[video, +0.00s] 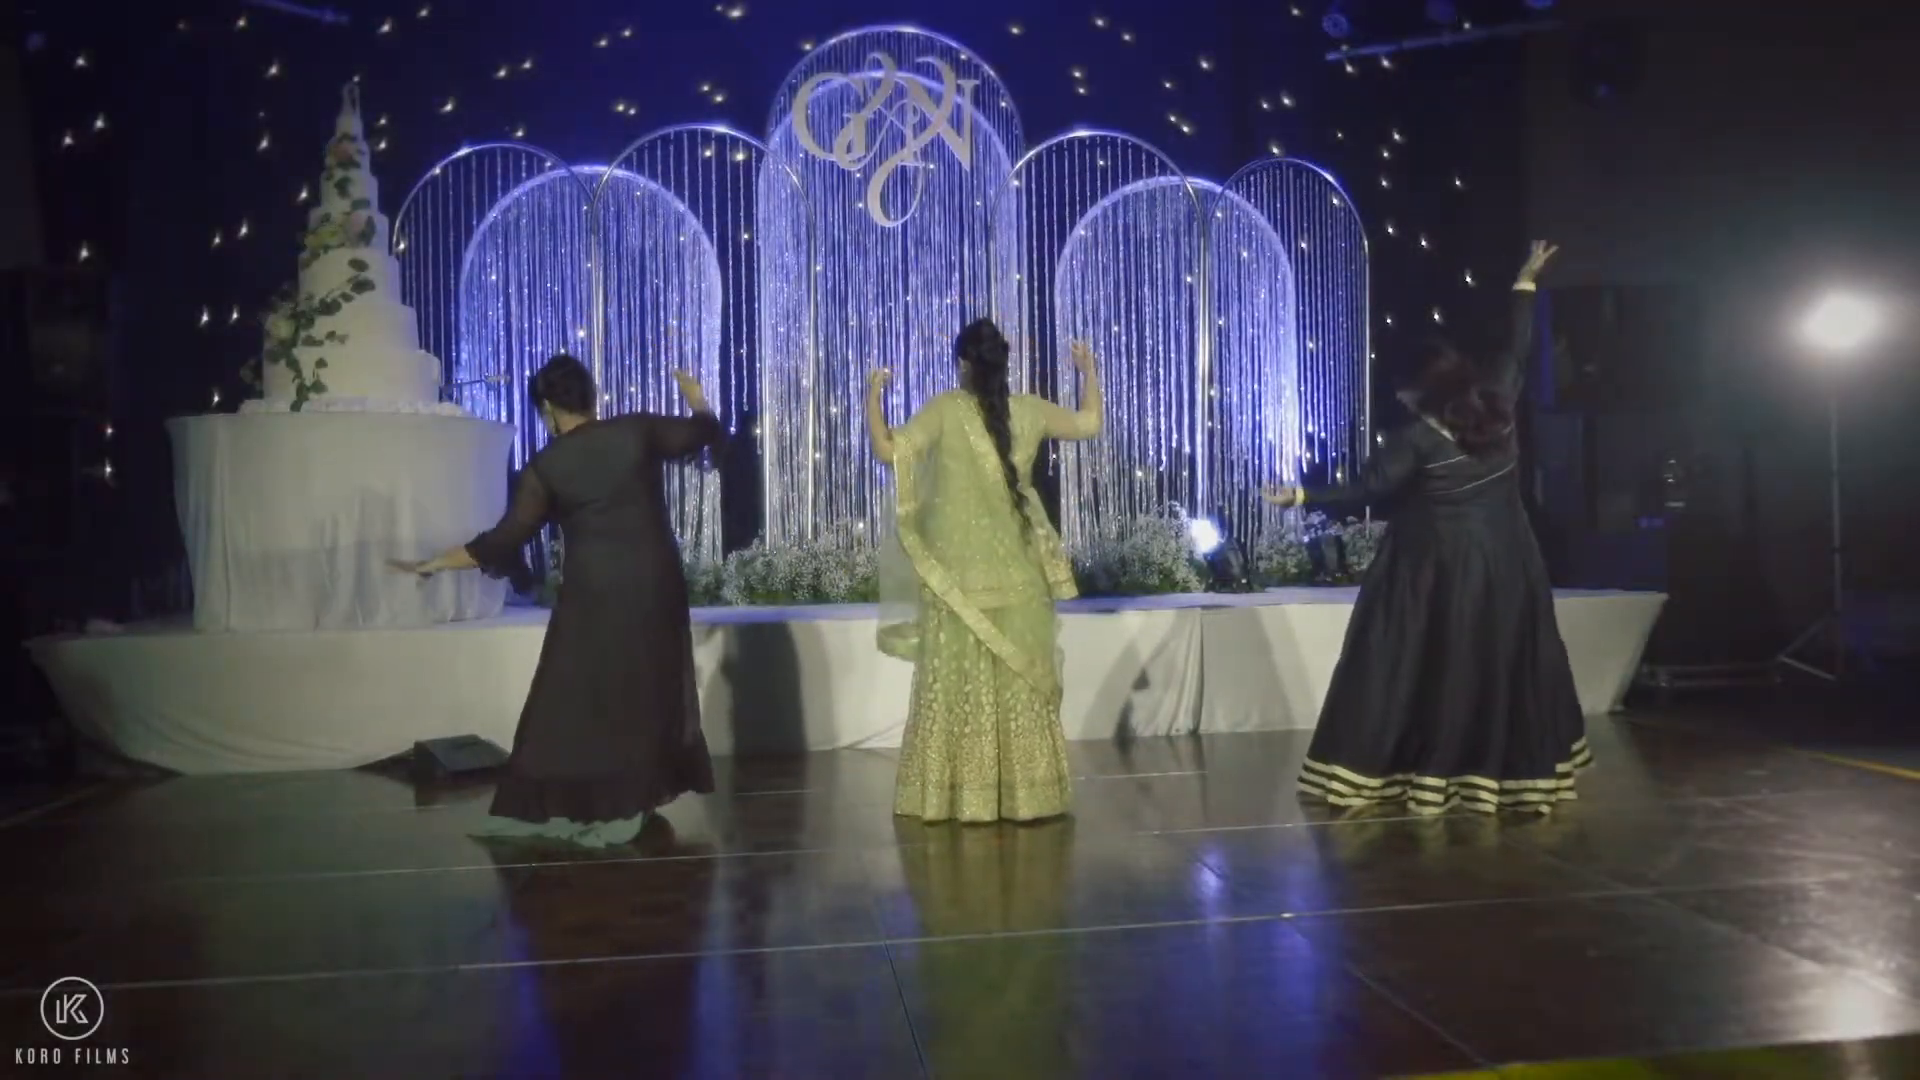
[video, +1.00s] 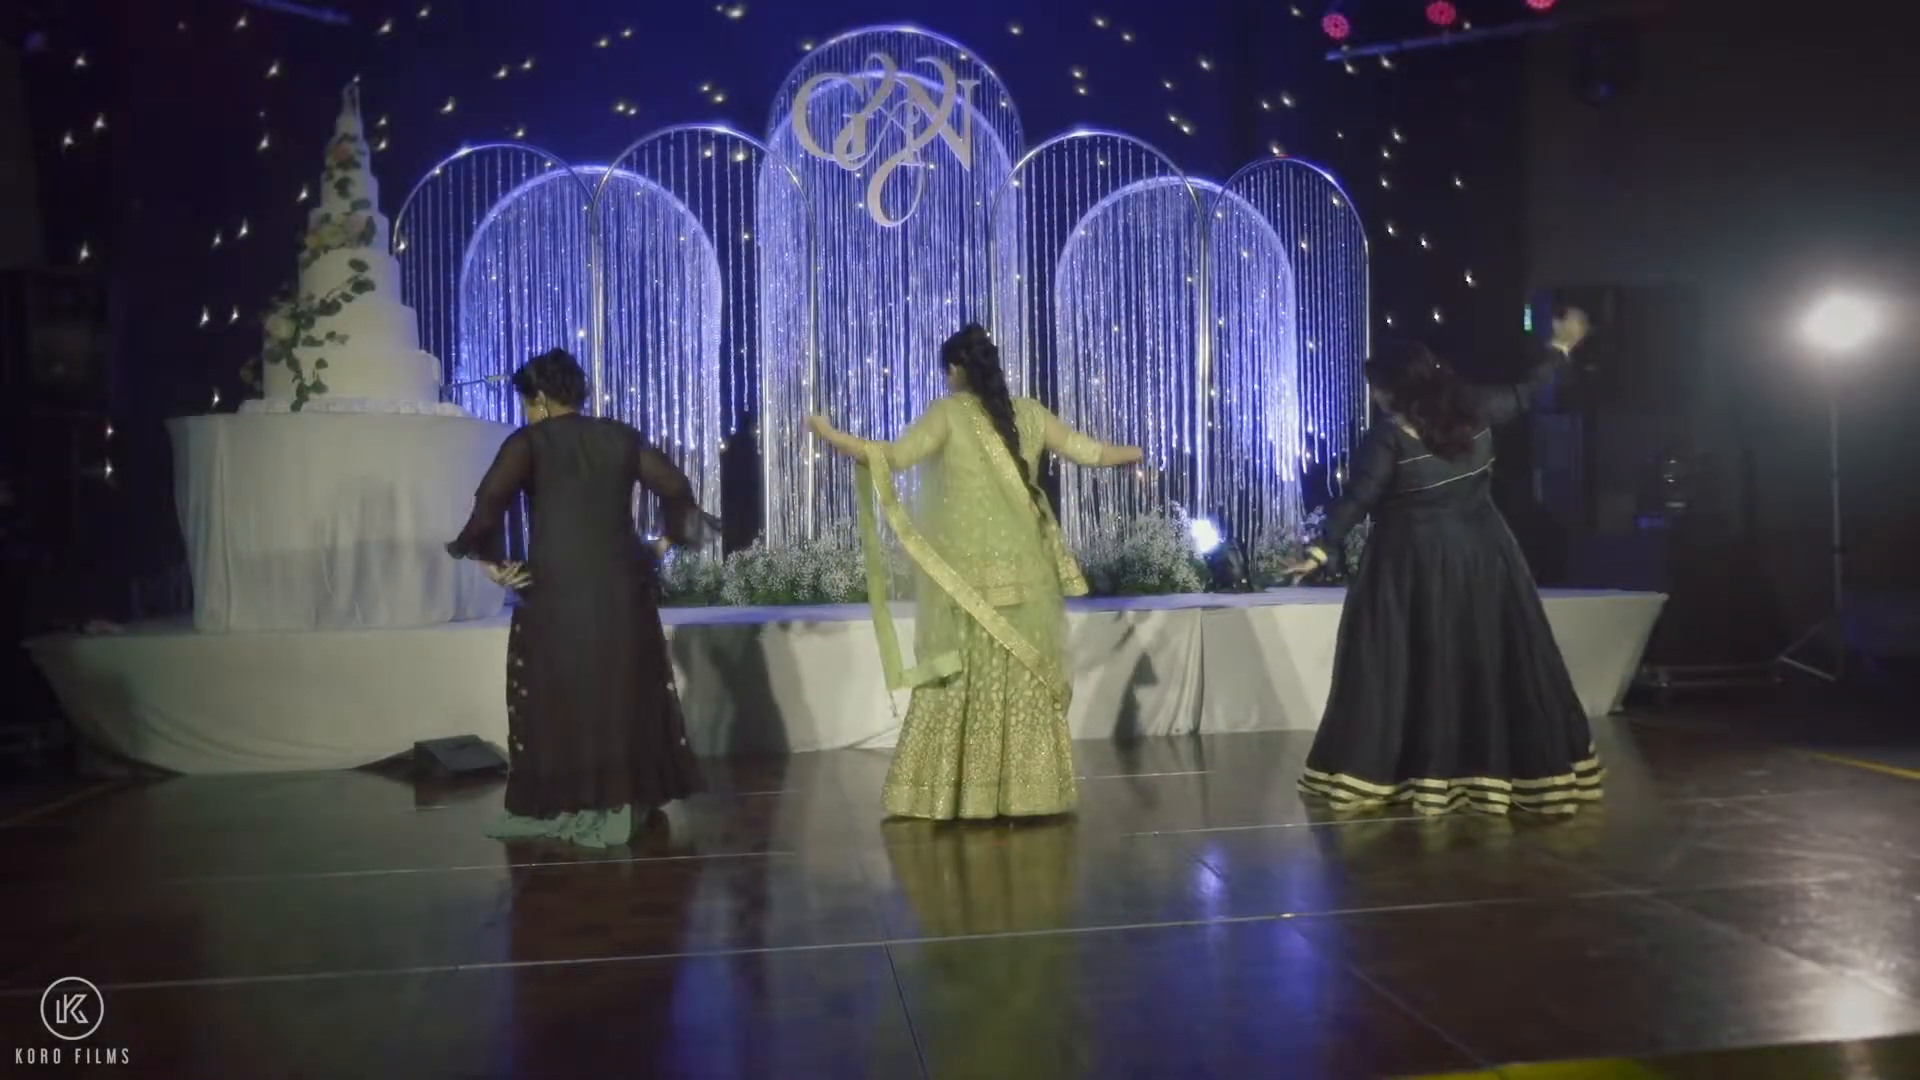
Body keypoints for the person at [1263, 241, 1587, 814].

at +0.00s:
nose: (1401, 398)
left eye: (1403, 390)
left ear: (1415, 391)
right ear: (1463, 375)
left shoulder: (1415, 439)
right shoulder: (1497, 409)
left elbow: (1368, 491)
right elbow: (1516, 349)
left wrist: (1305, 496)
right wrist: (1526, 283)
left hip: (1439, 568)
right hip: (1508, 561)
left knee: (1427, 670)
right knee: (1505, 669)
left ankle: (1427, 783)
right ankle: (1507, 783)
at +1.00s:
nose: (1371, 396)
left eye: (1374, 388)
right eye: (1371, 387)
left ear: (1392, 388)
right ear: (1430, 377)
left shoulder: (1389, 436)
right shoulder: (1475, 410)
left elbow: (1360, 497)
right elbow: (1529, 391)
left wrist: (1321, 547)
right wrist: (1562, 346)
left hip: (1416, 556)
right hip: (1482, 551)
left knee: (1414, 662)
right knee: (1486, 660)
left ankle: (1419, 781)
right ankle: (1494, 778)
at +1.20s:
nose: (1356, 396)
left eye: (1359, 387)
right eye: (1354, 387)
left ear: (1377, 385)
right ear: (1411, 376)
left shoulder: (1377, 426)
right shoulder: (1451, 416)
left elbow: (1354, 479)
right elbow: (1498, 425)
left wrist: (1321, 519)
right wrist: (1552, 420)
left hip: (1397, 555)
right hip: (1458, 550)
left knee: (1393, 662)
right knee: (1467, 659)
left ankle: (1388, 780)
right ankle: (1476, 779)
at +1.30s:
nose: (1336, 397)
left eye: (1339, 388)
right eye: (1335, 388)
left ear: (1362, 386)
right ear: (1386, 383)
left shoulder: (1369, 424)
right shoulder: (1424, 420)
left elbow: (1352, 468)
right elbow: (1458, 428)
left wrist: (1331, 497)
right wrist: (1496, 422)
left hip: (1386, 549)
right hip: (1438, 545)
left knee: (1379, 660)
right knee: (1445, 658)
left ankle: (1376, 774)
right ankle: (1453, 772)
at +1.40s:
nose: (1316, 400)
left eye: (1320, 390)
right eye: (1315, 390)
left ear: (1344, 388)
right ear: (1359, 385)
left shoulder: (1355, 425)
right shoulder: (1395, 423)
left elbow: (1340, 481)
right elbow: (1406, 450)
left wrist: (1324, 497)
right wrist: (1435, 434)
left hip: (1368, 550)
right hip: (1411, 546)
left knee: (1361, 660)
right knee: (1418, 657)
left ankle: (1364, 771)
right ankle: (1428, 769)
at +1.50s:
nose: (1294, 398)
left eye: (1298, 387)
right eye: (1292, 388)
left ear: (1319, 386)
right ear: (1331, 385)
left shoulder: (1332, 428)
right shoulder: (1353, 426)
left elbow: (1327, 487)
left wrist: (1317, 499)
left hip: (1340, 566)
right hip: (1366, 560)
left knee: (1335, 669)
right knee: (1364, 667)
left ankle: (1346, 772)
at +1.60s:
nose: (1269, 393)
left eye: (1275, 383)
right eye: (1268, 384)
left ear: (1301, 383)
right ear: (1298, 387)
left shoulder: (1323, 424)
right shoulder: (1296, 429)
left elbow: (1338, 473)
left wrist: (1338, 500)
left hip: (1318, 562)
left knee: (1318, 666)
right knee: (1297, 666)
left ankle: (1333, 773)